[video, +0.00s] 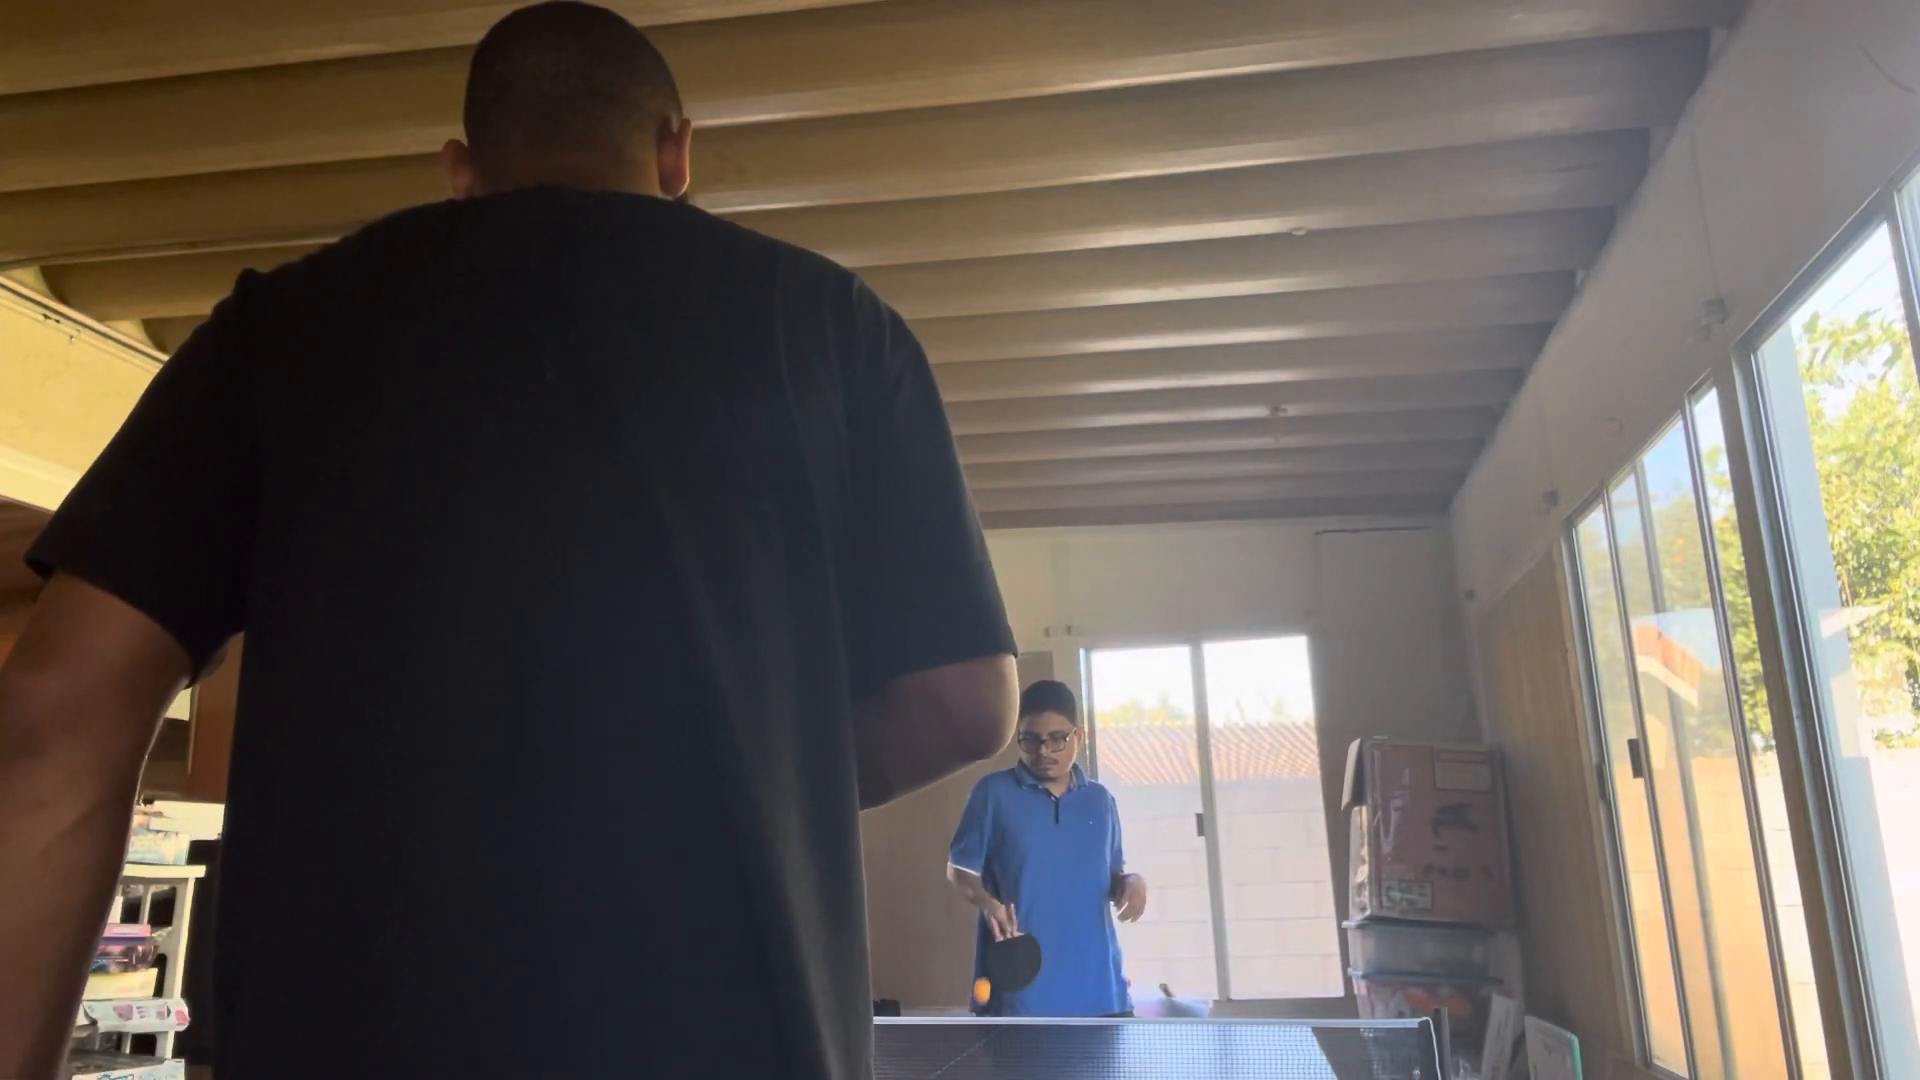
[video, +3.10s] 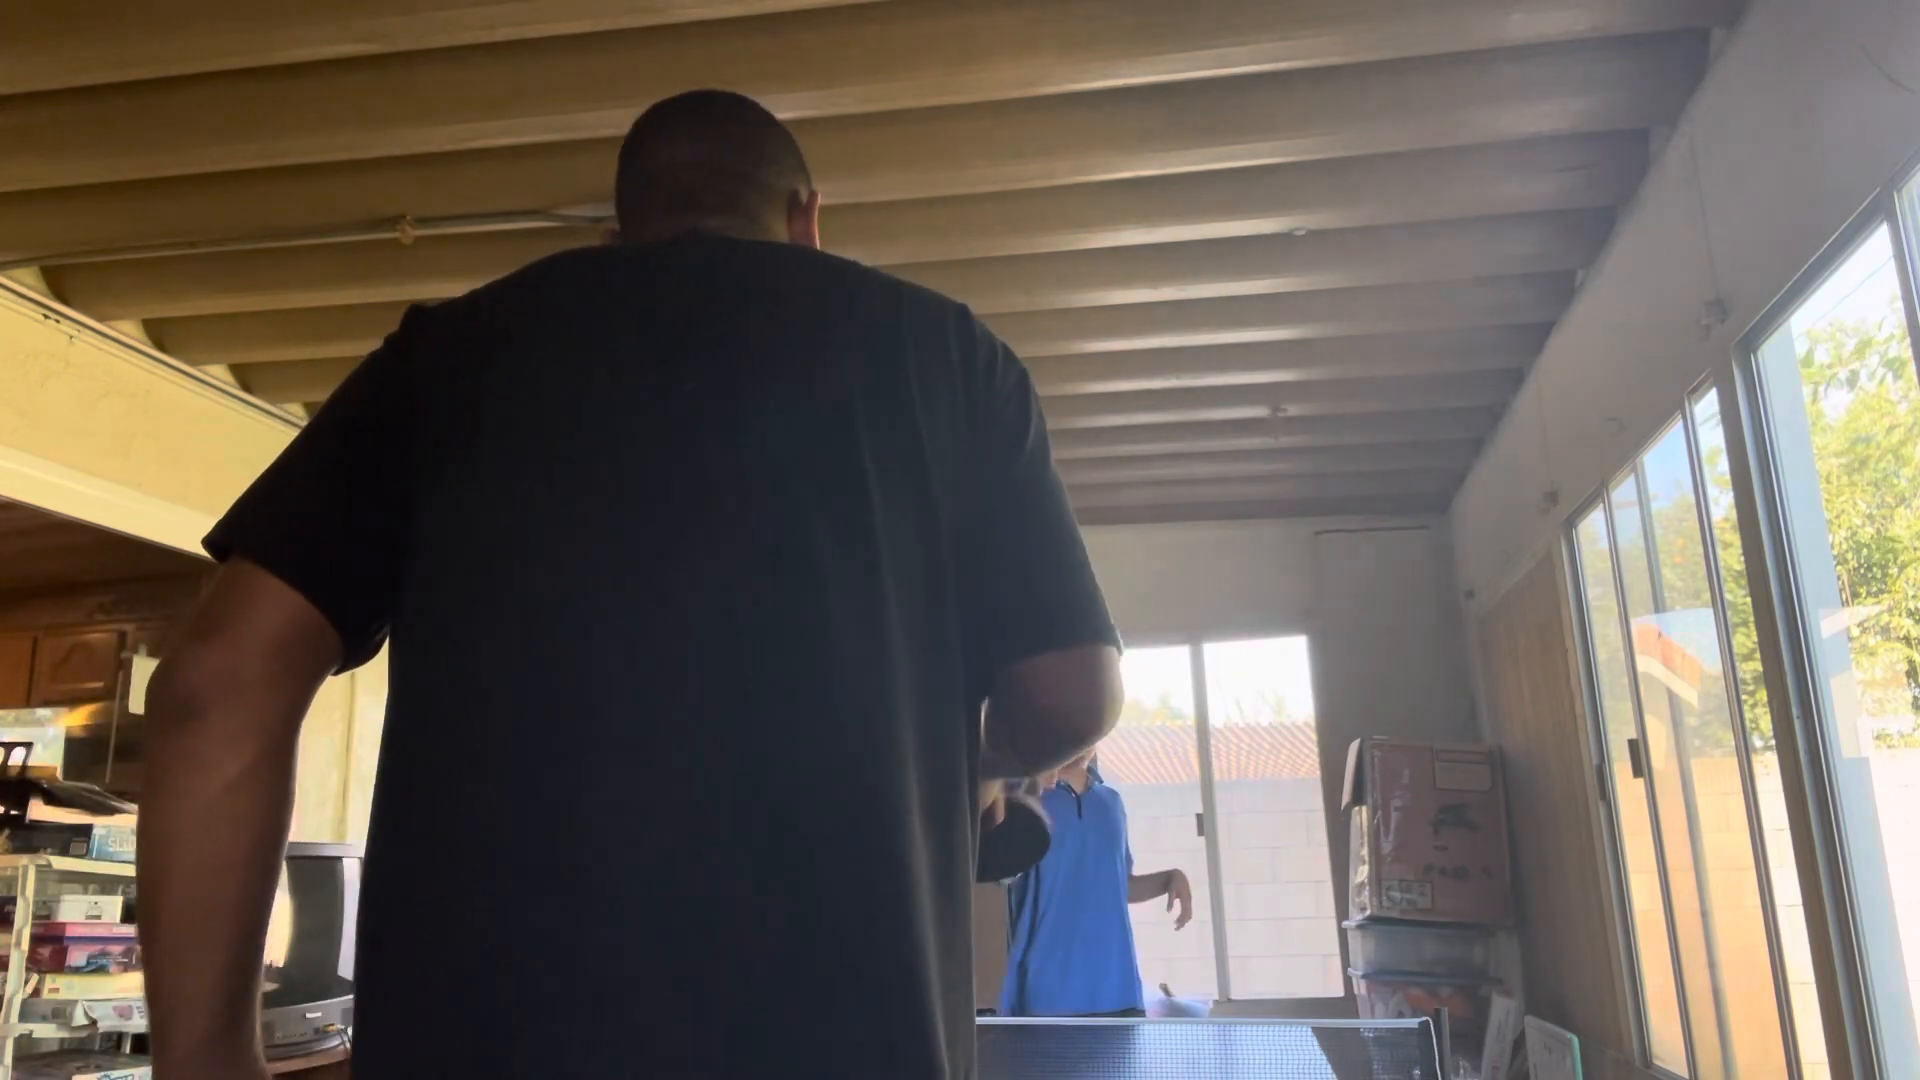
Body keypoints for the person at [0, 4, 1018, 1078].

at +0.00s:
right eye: (690, 156)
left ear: (460, 166)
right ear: (677, 157)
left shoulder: (290, 321)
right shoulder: (828, 317)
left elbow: (64, 700)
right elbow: (956, 705)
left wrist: (27, 1050)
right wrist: (738, 781)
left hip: (343, 1035)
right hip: (729, 1036)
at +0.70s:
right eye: (710, 179)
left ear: (486, 176)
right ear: (697, 174)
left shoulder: (314, 321)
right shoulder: (851, 341)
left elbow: (70, 708)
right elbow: (940, 746)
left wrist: (34, 1055)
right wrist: (765, 902)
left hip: (360, 1032)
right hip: (746, 1039)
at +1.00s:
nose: (764, 257)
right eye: (766, 237)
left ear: (563, 217)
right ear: (751, 231)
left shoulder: (382, 310)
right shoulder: (893, 379)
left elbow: (107, 635)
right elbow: (949, 797)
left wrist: (38, 1043)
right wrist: (858, 968)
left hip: (388, 1034)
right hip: (785, 1043)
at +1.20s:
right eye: (785, 253)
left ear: (586, 231)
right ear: (771, 245)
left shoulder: (404, 324)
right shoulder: (899, 353)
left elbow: (142, 620)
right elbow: (1031, 681)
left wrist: (72, 1040)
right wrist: (870, 859)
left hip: (412, 1028)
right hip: (798, 1041)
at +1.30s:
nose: (786, 260)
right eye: (791, 246)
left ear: (592, 225)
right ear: (782, 246)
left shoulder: (409, 328)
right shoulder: (894, 333)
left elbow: (149, 642)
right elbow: (1072, 582)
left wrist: (104, 1048)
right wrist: (911, 789)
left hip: (429, 1025)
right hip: (824, 1030)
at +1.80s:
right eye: (818, 233)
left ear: (626, 224)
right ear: (815, 234)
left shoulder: (447, 333)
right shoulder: (934, 333)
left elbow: (182, 678)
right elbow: (1120, 655)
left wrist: (222, 1056)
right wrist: (984, 650)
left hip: (483, 1039)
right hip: (872, 1041)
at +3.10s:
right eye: (815, 219)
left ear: (613, 220)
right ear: (807, 217)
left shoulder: (453, 348)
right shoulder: (938, 347)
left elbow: (218, 684)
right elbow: (1072, 695)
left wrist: (207, 1057)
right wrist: (972, 760)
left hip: (485, 1035)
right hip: (842, 1040)